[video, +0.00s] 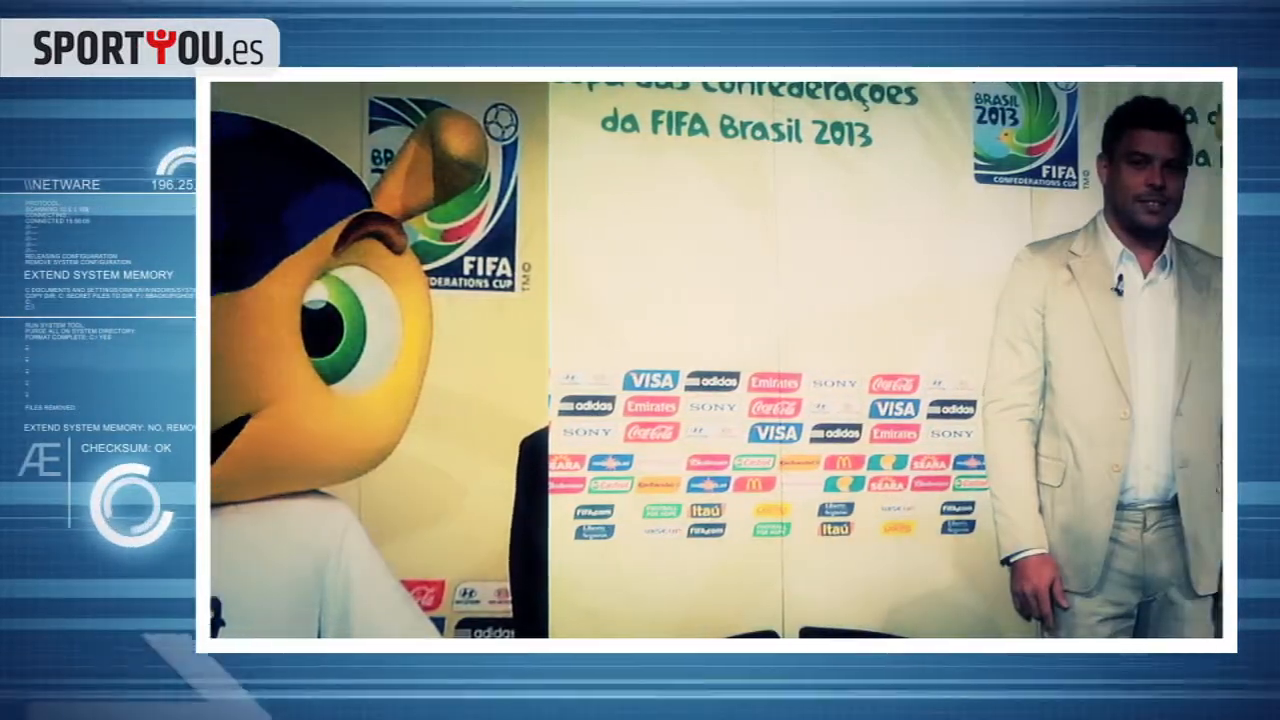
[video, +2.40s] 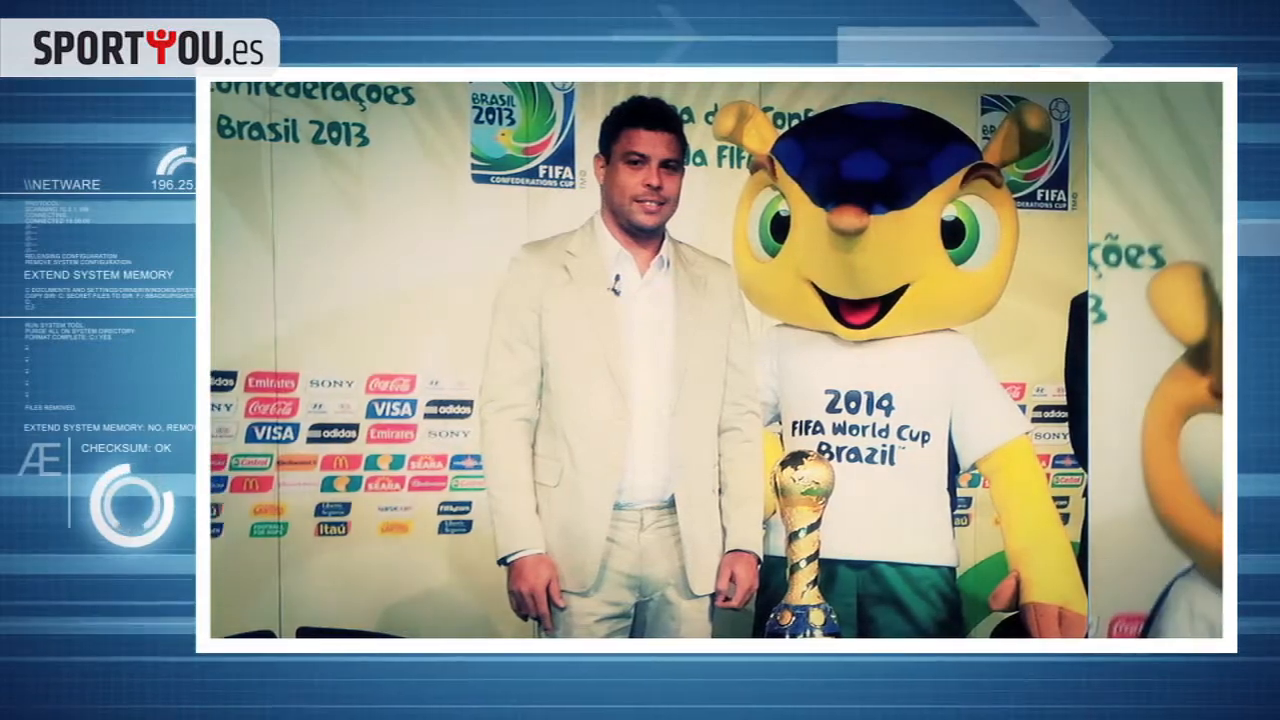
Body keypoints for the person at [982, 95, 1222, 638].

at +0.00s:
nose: (1157, 180)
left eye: (1172, 166)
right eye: (1139, 162)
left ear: (1187, 179)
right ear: (1104, 170)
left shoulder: (1222, 280)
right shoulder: (1042, 271)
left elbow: (1241, 421)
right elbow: (1008, 415)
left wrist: (1239, 552)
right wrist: (1024, 548)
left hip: (1193, 544)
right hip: (1086, 544)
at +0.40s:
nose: (1073, 180)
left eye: (1089, 166)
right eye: (1055, 162)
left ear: (1102, 178)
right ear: (1020, 170)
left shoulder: (1135, 282)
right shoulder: (958, 270)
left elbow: (1158, 422)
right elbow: (924, 414)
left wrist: (1162, 542)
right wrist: (941, 549)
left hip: (1107, 543)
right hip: (1001, 546)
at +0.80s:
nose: (989, 180)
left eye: (1005, 166)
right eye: (971, 162)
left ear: (1018, 178)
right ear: (936, 170)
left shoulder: (1051, 283)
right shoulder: (873, 271)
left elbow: (1075, 422)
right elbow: (840, 414)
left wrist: (1078, 543)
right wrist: (857, 549)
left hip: (1025, 544)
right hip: (917, 547)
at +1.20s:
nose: (905, 180)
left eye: (921, 166)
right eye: (887, 162)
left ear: (934, 178)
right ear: (852, 169)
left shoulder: (967, 283)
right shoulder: (789, 270)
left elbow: (991, 423)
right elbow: (756, 414)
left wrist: (994, 543)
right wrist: (773, 549)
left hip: (940, 543)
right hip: (832, 545)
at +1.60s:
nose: (821, 180)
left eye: (837, 166)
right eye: (803, 162)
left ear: (850, 178)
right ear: (768, 169)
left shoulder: (883, 282)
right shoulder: (705, 271)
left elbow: (907, 422)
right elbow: (672, 415)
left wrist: (910, 543)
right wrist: (689, 549)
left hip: (857, 543)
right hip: (748, 544)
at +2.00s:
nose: (738, 180)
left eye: (754, 166)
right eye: (719, 162)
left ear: (767, 177)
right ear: (684, 169)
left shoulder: (800, 283)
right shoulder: (621, 271)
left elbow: (823, 423)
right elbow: (589, 415)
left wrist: (826, 543)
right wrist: (606, 549)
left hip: (773, 542)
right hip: (665, 544)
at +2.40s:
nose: (655, 180)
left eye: (671, 166)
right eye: (636, 162)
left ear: (684, 178)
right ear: (601, 170)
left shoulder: (717, 282)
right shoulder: (539, 270)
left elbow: (740, 423)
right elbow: (505, 415)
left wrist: (742, 543)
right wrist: (523, 549)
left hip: (689, 542)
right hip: (581, 544)